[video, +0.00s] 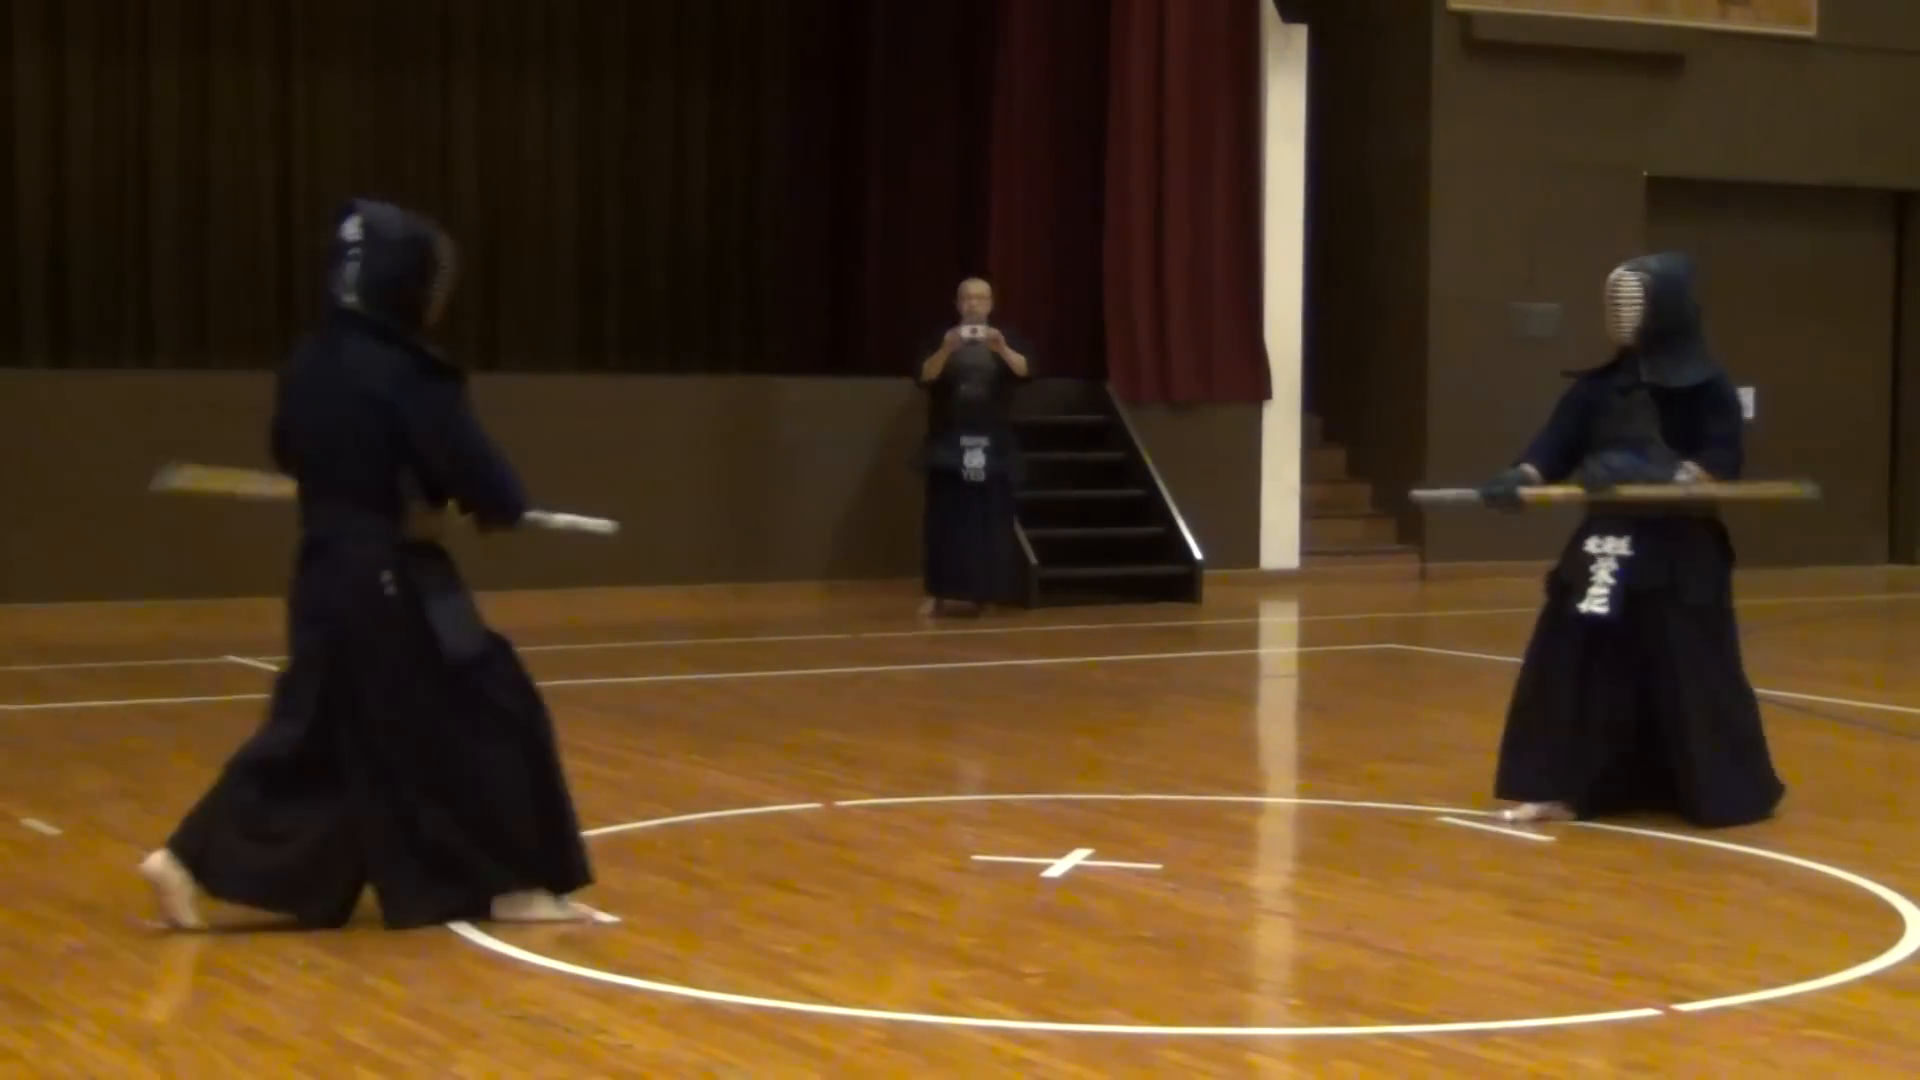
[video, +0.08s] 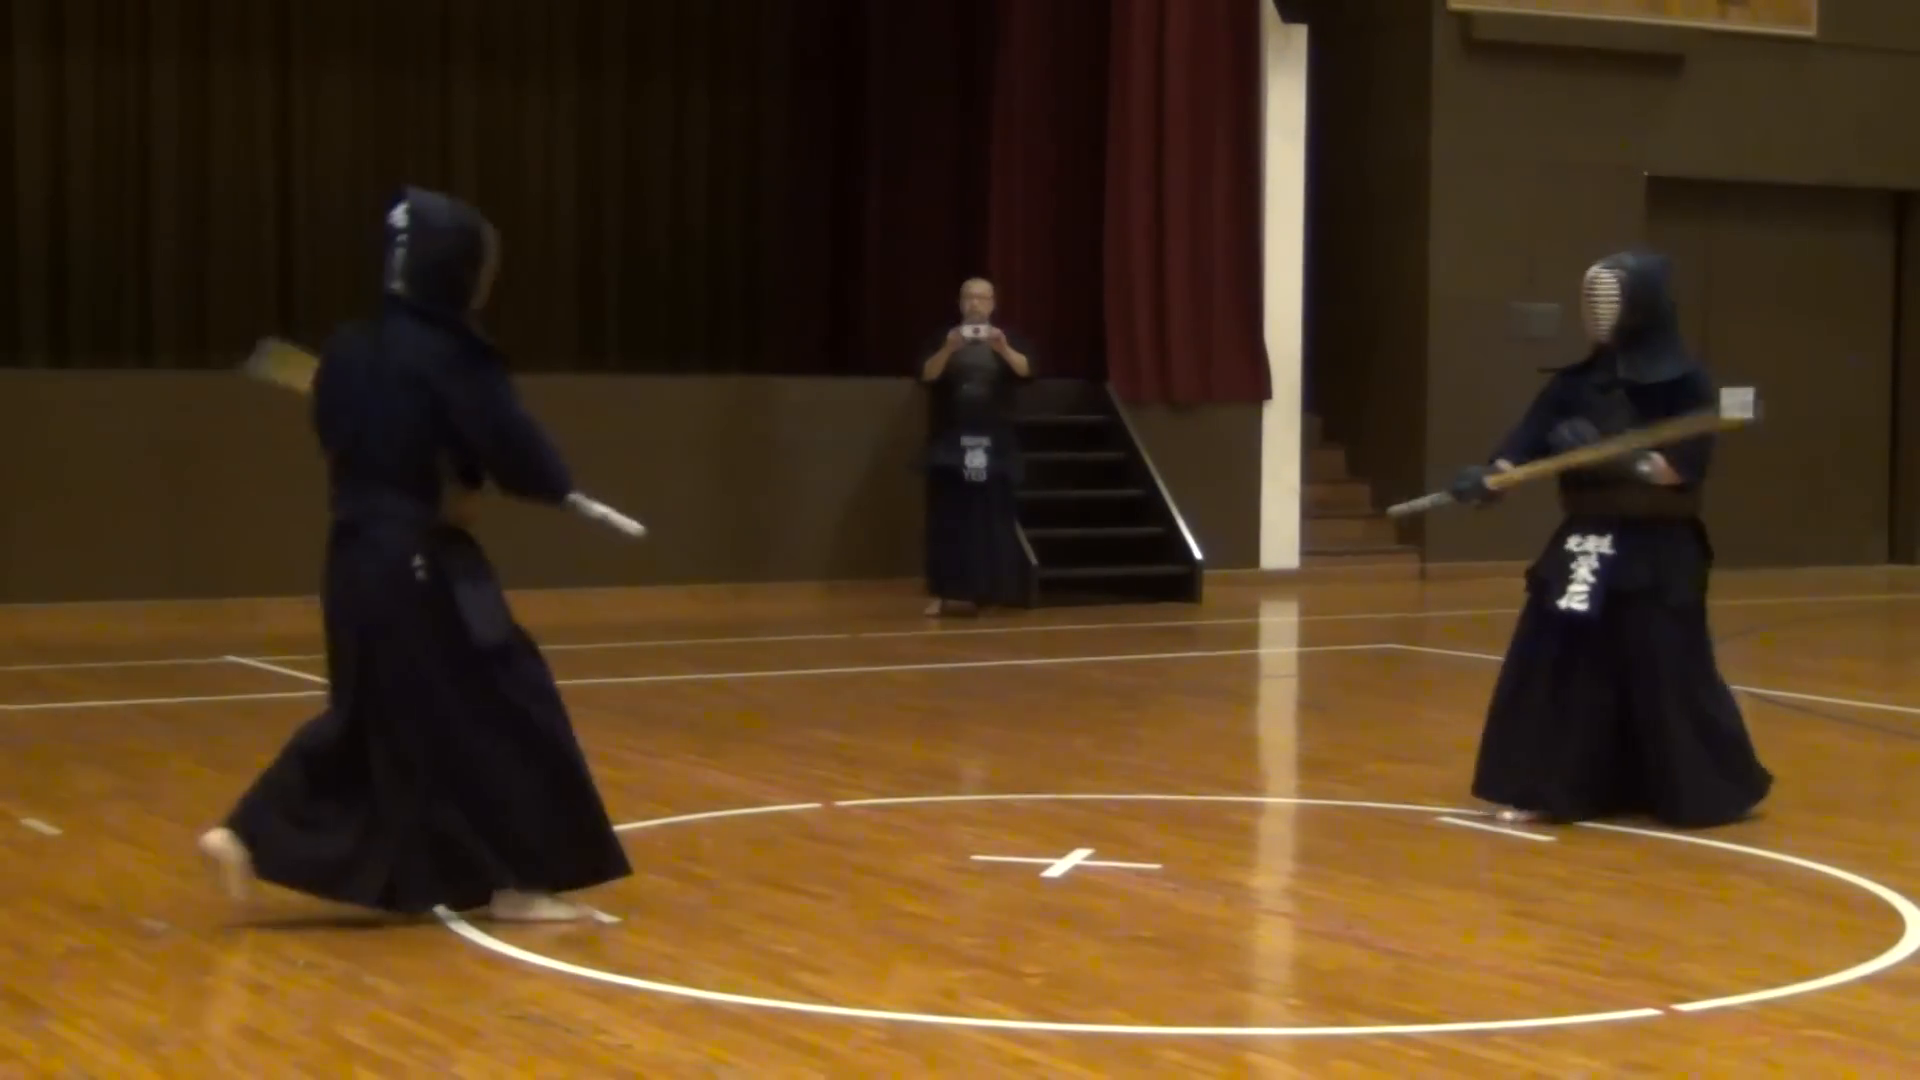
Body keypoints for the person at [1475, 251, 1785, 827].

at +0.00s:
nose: (1621, 315)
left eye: (1634, 304)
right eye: (1618, 303)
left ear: (1666, 309)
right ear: (1616, 308)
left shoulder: (1702, 384)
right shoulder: (1599, 385)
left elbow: (1723, 459)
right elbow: (1560, 443)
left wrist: (1660, 478)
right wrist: (1522, 474)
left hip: (1680, 538)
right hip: (1604, 535)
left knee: (1690, 656)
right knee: (1568, 650)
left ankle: (1728, 788)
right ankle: (1555, 789)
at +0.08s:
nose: (1596, 313)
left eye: (1608, 302)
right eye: (1592, 301)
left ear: (1643, 306)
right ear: (1589, 305)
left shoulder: (1681, 383)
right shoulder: (1577, 381)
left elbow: (1684, 467)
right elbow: (1527, 442)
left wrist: (1607, 450)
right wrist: (1490, 477)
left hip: (1659, 536)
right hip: (1585, 532)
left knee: (1662, 655)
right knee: (1553, 650)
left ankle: (1717, 784)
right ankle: (1541, 788)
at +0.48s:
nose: (1551, 323)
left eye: (1563, 312)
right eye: (1547, 311)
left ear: (1598, 316)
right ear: (1546, 315)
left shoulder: (1641, 393)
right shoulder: (1539, 387)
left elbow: (1605, 471)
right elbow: (1497, 440)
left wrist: (1522, 509)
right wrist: (1462, 465)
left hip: (1622, 558)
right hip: (1551, 552)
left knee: (1603, 680)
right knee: (1518, 668)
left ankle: (1594, 809)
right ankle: (1506, 799)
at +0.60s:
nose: (1548, 339)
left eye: (1561, 328)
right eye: (1544, 327)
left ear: (1595, 332)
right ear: (1542, 330)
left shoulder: (1637, 408)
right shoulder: (1535, 404)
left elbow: (1601, 487)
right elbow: (1494, 460)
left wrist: (1521, 527)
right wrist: (1461, 478)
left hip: (1620, 569)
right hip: (1547, 564)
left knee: (1600, 675)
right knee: (1503, 665)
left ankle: (1595, 806)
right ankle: (1498, 796)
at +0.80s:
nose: (1543, 372)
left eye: (1556, 361)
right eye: (1540, 360)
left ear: (1590, 366)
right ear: (1537, 363)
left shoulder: (1629, 442)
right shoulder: (1530, 437)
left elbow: (1594, 520)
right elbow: (1491, 486)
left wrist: (1520, 559)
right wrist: (1453, 512)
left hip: (1614, 594)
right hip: (1541, 590)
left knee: (1599, 683)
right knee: (1481, 675)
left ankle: (1597, 809)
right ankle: (1495, 800)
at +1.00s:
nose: (1544, 406)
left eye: (1556, 395)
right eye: (1541, 394)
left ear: (1590, 403)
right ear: (1535, 398)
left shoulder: (1625, 481)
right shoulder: (1528, 474)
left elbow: (1585, 560)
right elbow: (1491, 529)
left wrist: (1511, 600)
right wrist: (1451, 555)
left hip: (1606, 627)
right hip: (1527, 622)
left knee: (1603, 710)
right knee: (1455, 699)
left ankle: (1603, 810)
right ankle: (1497, 805)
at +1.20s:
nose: (1544, 436)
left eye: (1557, 425)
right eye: (1542, 425)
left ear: (1593, 433)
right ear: (1536, 429)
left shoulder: (1627, 513)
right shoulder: (1527, 506)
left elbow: (1587, 592)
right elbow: (1493, 561)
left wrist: (1512, 634)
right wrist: (1454, 591)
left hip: (1606, 659)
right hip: (1528, 651)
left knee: (1604, 733)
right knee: (1445, 709)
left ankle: (1605, 810)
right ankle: (1499, 804)